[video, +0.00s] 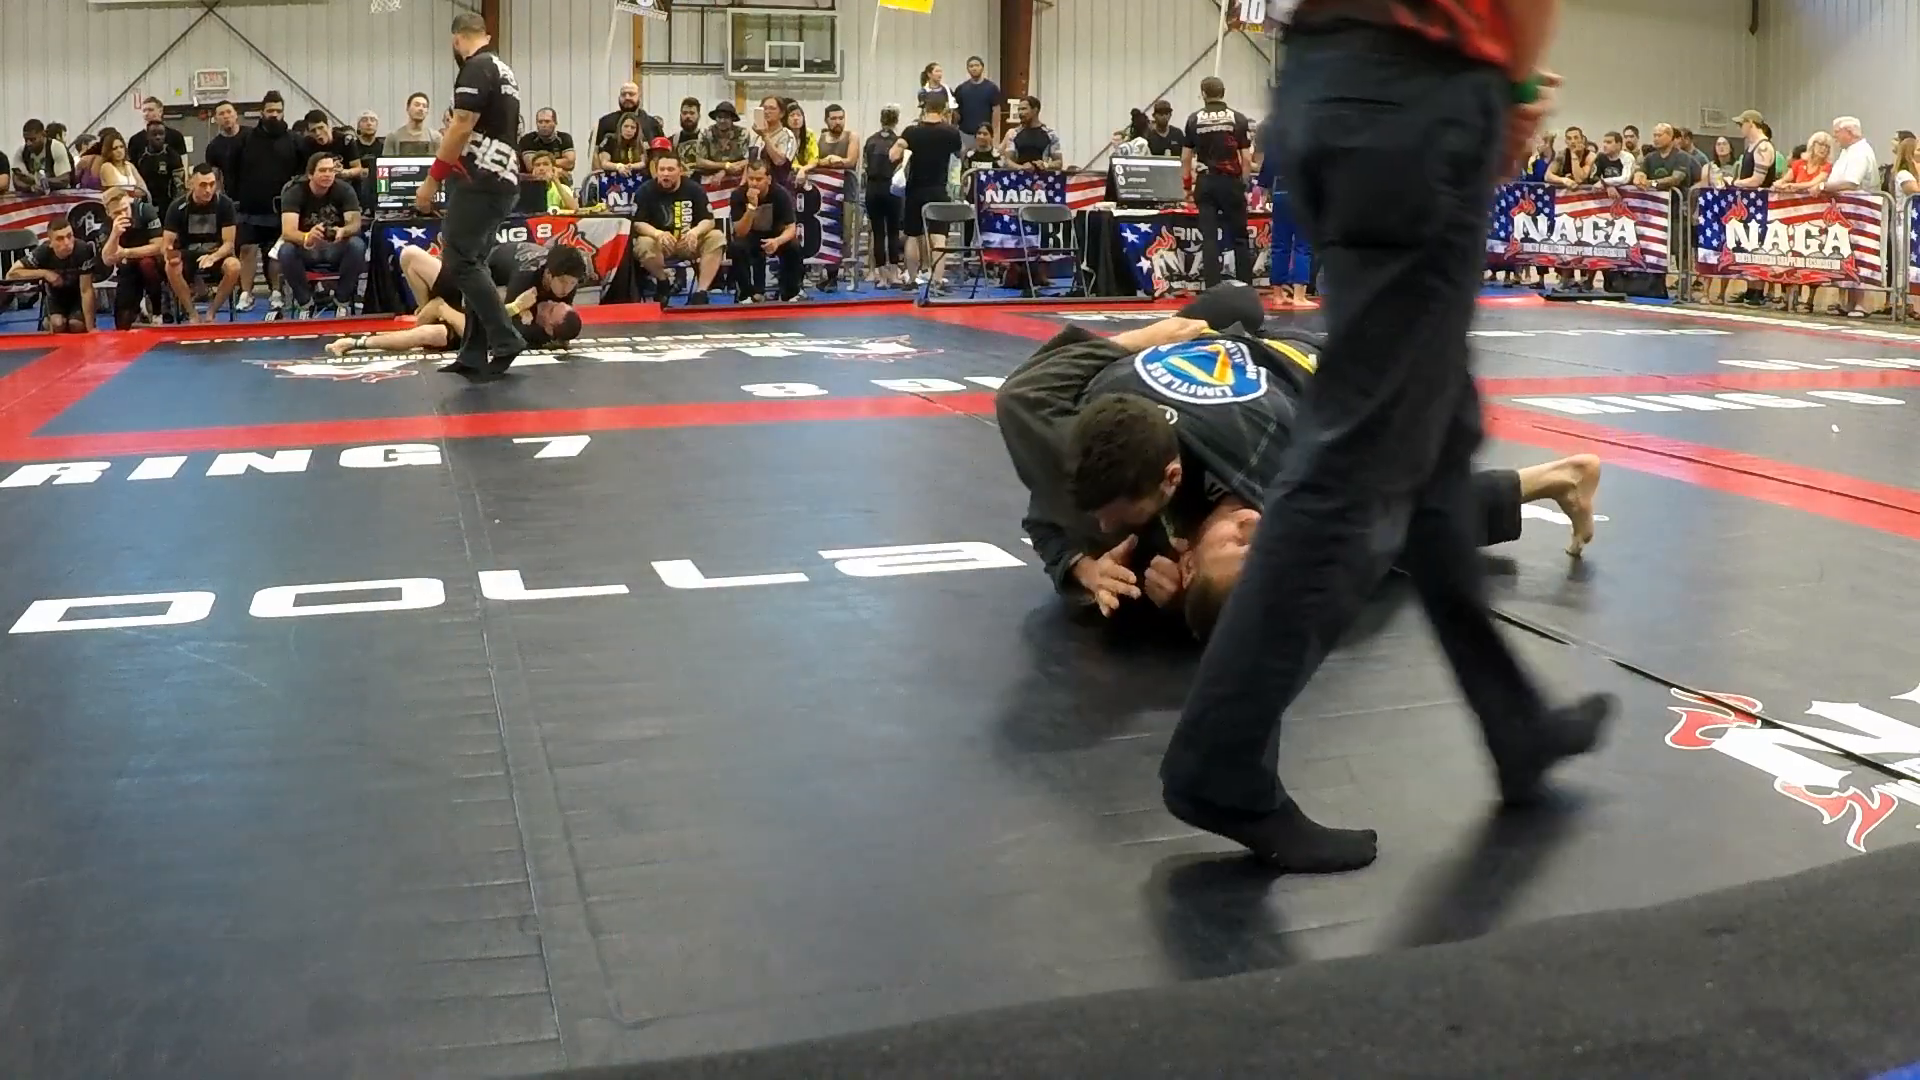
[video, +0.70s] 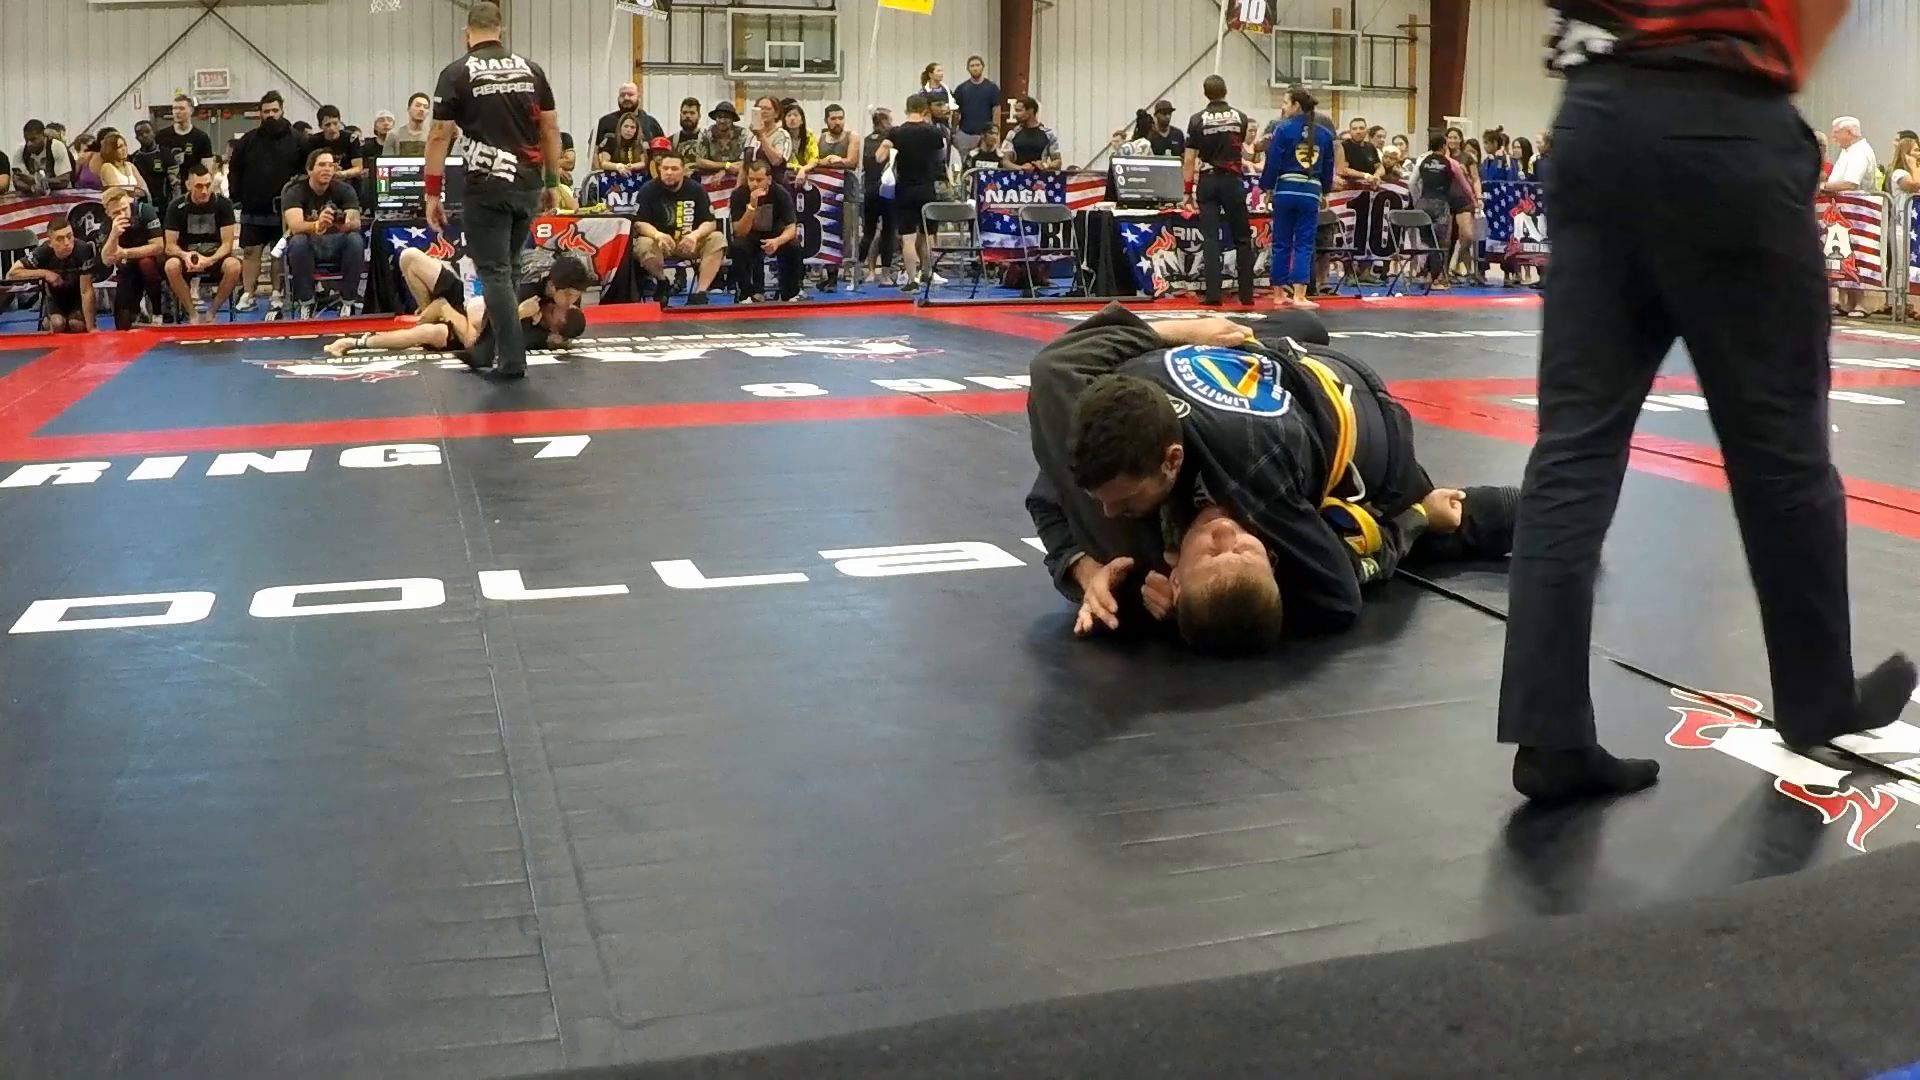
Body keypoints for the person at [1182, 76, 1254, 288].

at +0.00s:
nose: (1204, 96)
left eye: (1203, 93)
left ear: (1203, 95)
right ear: (1223, 93)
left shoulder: (1193, 120)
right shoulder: (1238, 119)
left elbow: (1186, 158)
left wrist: (1187, 186)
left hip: (1206, 181)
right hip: (1232, 180)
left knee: (1209, 238)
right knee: (1240, 238)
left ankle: (1212, 289)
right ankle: (1245, 288)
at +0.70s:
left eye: (1206, 91)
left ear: (1205, 94)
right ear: (1226, 92)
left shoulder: (1197, 120)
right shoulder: (1241, 118)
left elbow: (1189, 159)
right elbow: (1244, 145)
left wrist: (1188, 191)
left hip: (1207, 180)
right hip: (1233, 180)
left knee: (1210, 238)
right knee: (1243, 238)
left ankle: (1213, 295)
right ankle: (1246, 295)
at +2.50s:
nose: (1226, 96)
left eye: (1225, 93)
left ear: (1226, 95)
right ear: (1245, 96)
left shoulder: (1214, 117)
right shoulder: (1256, 119)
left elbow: (1204, 155)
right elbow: (1250, 149)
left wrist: (1197, 185)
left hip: (1218, 178)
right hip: (1242, 180)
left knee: (1230, 233)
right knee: (1238, 237)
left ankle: (1233, 285)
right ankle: (1232, 292)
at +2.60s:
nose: (1223, 98)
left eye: (1224, 95)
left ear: (1226, 96)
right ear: (1245, 96)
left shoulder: (1214, 119)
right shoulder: (1256, 120)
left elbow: (1205, 157)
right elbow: (1251, 148)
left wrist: (1197, 186)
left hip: (1218, 179)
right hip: (1242, 181)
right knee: (1237, 238)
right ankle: (1231, 292)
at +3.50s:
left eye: (1236, 93)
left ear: (1232, 96)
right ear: (1251, 97)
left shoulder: (1221, 119)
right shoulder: (1261, 121)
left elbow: (1210, 155)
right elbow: (1259, 151)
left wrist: (1199, 170)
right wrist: (1246, 165)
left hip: (1220, 178)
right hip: (1244, 182)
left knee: (1210, 198)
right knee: (1238, 239)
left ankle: (1227, 222)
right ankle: (1231, 292)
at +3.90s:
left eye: (1232, 95)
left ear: (1231, 97)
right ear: (1250, 97)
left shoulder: (1220, 120)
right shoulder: (1262, 120)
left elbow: (1204, 148)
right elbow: (1259, 145)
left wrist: (1204, 135)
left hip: (1224, 180)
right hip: (1247, 183)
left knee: (1208, 197)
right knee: (1241, 239)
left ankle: (1230, 223)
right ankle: (1232, 293)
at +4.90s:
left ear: (1235, 97)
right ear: (1255, 98)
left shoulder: (1223, 117)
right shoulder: (1261, 120)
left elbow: (1211, 146)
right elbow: (1263, 148)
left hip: (1223, 176)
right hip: (1245, 179)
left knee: (1211, 198)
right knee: (1241, 237)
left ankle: (1230, 219)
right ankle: (1231, 292)